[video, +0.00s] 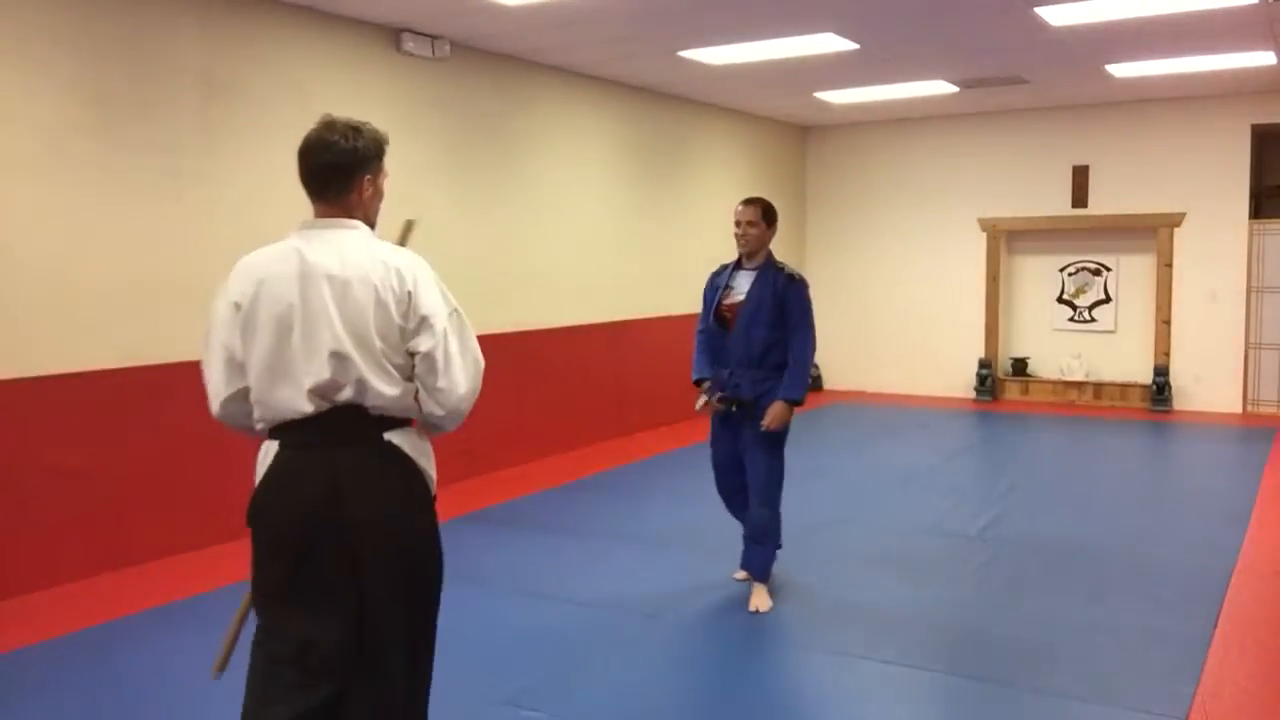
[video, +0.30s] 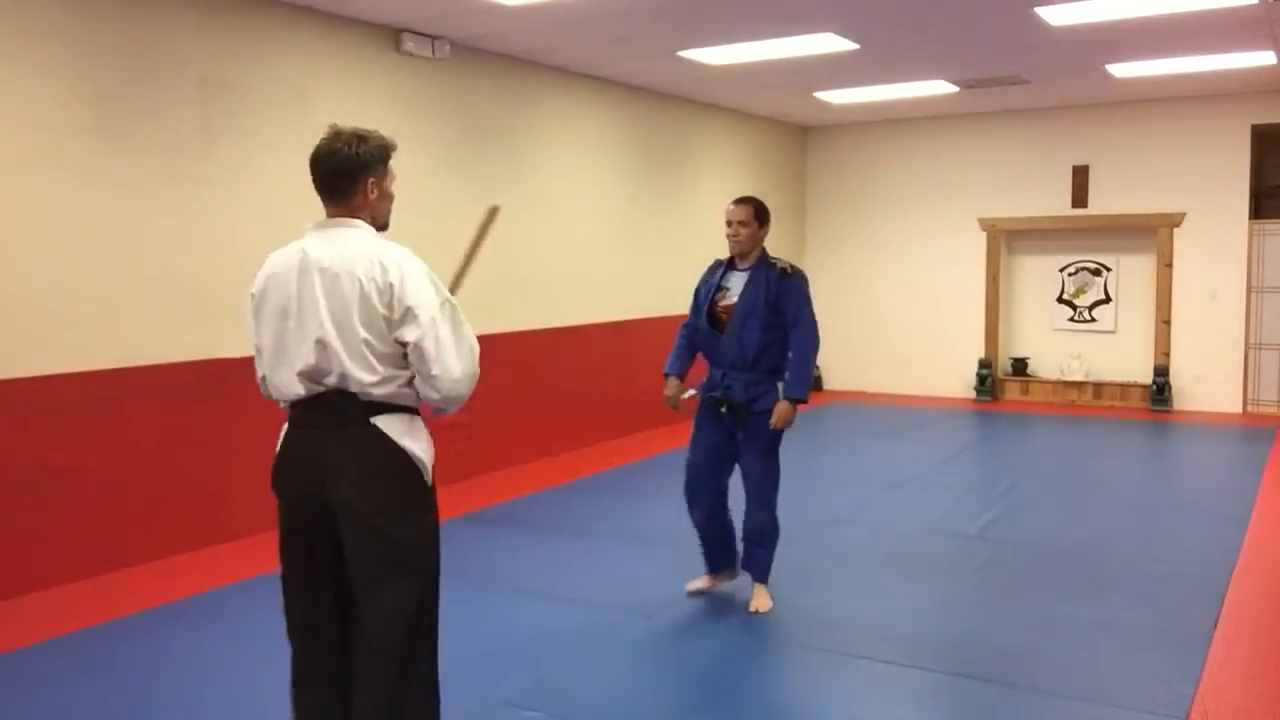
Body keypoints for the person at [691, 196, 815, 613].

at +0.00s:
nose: (741, 231)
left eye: (750, 225)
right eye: (738, 224)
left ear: (770, 230)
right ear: (733, 229)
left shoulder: (789, 284)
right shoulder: (720, 278)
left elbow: (802, 348)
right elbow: (704, 332)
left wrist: (787, 400)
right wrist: (704, 381)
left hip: (765, 406)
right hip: (724, 403)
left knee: (762, 493)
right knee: (729, 486)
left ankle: (759, 577)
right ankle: (760, 543)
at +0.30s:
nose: (733, 231)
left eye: (741, 225)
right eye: (728, 224)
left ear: (762, 229)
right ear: (724, 228)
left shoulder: (786, 279)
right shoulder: (714, 276)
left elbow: (804, 339)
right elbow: (691, 329)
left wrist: (792, 397)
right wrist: (673, 374)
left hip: (761, 404)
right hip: (716, 400)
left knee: (759, 495)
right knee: (700, 485)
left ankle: (759, 580)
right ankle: (721, 567)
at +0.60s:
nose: (705, 236)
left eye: (714, 228)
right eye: (700, 228)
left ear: (735, 233)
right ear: (696, 233)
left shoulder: (760, 288)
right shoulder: (690, 285)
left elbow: (777, 352)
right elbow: (674, 344)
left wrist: (774, 411)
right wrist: (655, 393)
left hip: (743, 410)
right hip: (696, 407)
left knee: (751, 501)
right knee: (687, 499)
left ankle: (758, 583)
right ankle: (674, 589)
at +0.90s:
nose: (669, 233)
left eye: (678, 226)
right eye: (665, 226)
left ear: (698, 231)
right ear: (659, 231)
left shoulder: (725, 285)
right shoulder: (651, 285)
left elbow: (745, 346)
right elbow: (634, 345)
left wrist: (734, 404)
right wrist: (620, 390)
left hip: (712, 412)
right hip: (665, 414)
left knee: (730, 501)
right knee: (665, 503)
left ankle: (748, 578)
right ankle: (672, 591)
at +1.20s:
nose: (666, 233)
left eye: (674, 225)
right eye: (661, 225)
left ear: (697, 230)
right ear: (657, 230)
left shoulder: (723, 284)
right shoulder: (647, 285)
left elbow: (742, 348)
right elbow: (627, 343)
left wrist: (729, 404)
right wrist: (606, 394)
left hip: (709, 408)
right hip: (662, 408)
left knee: (722, 506)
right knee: (664, 504)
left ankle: (737, 595)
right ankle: (671, 593)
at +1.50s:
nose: (690, 233)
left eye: (699, 225)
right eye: (686, 225)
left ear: (723, 231)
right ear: (682, 230)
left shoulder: (748, 286)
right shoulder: (678, 282)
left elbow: (766, 348)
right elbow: (657, 333)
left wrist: (733, 379)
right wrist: (637, 351)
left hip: (729, 416)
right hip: (681, 411)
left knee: (738, 509)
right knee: (663, 497)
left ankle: (748, 597)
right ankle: (671, 589)